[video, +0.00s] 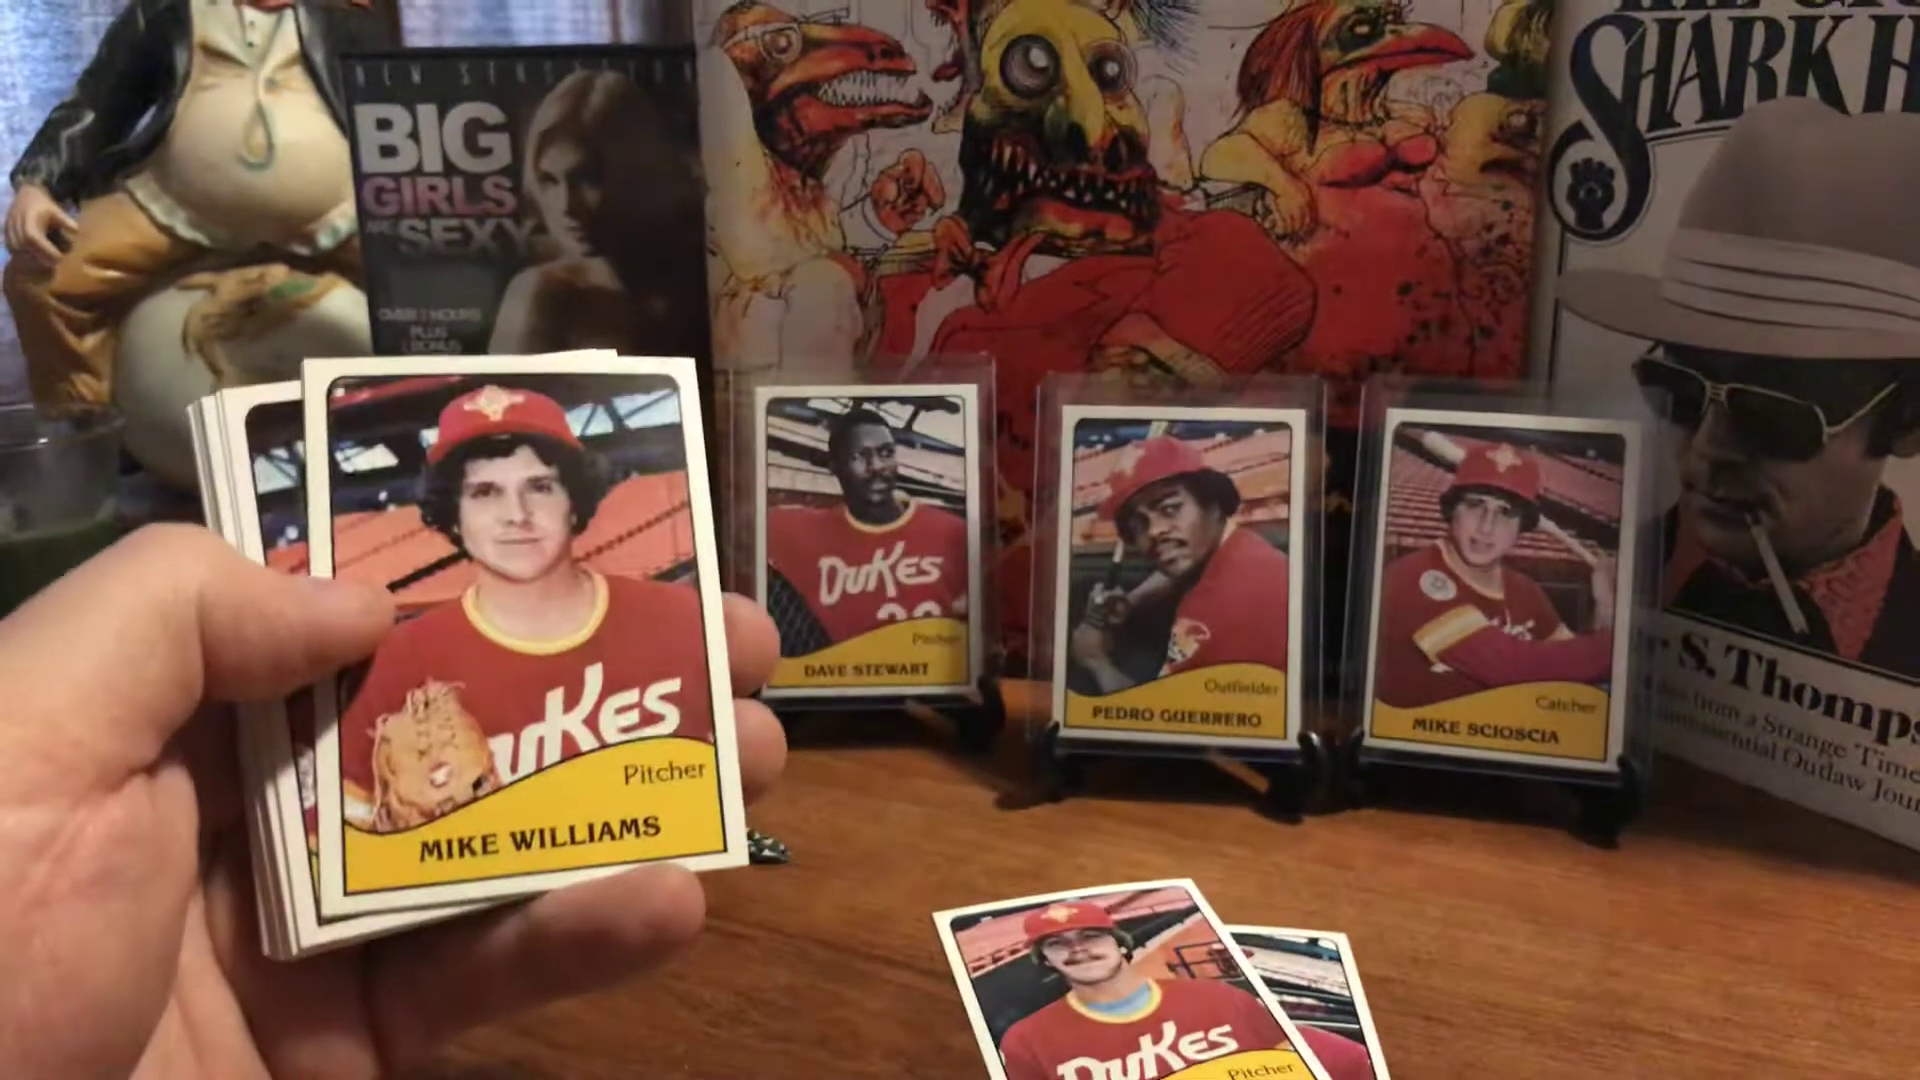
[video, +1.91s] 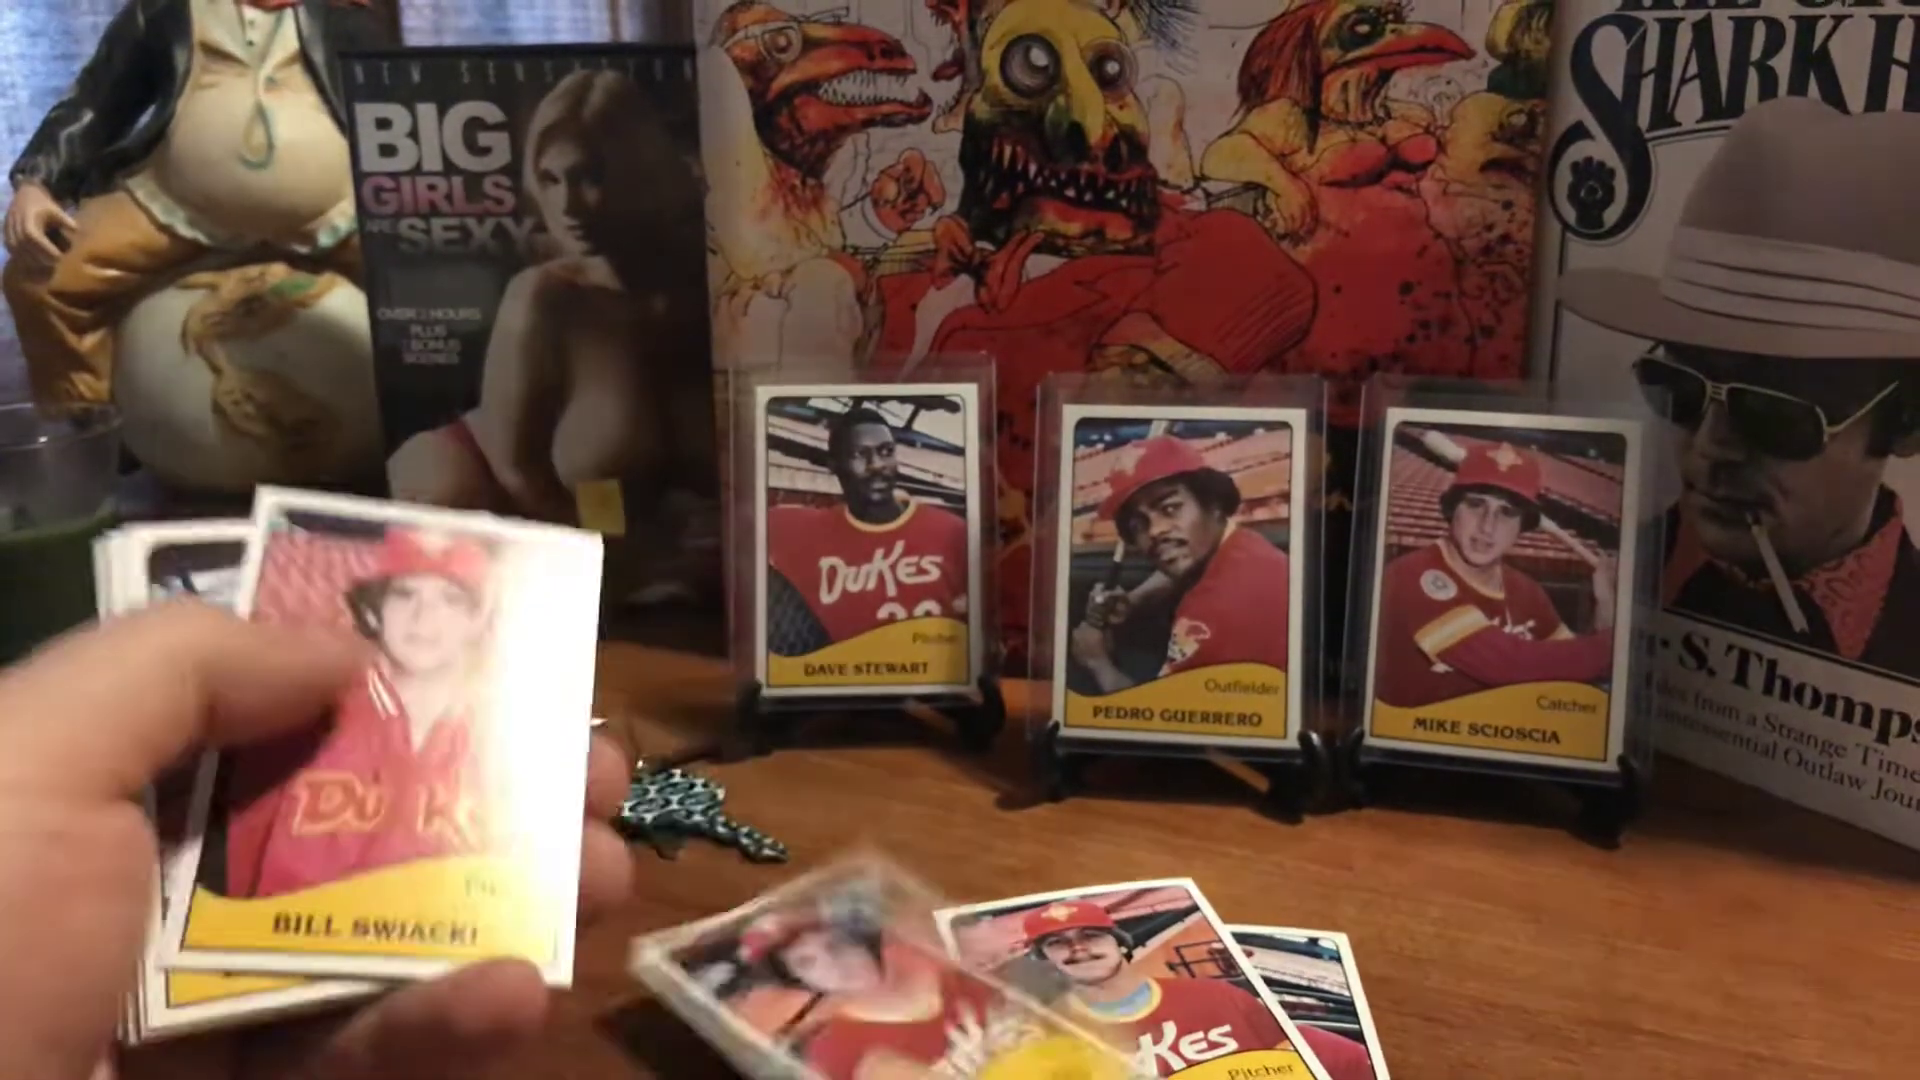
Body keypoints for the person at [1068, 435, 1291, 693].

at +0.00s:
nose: (1156, 531)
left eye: (1170, 509)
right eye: (1140, 522)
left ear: (1212, 505)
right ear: (1133, 539)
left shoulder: (1211, 606)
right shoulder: (1248, 547)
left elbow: (1159, 720)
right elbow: (1184, 566)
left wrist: (1097, 661)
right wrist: (1131, 602)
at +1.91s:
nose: (1156, 531)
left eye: (1170, 508)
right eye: (1140, 522)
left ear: (1214, 506)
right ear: (1134, 540)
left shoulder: (1212, 607)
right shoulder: (1248, 544)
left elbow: (1159, 720)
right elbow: (1185, 565)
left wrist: (1098, 663)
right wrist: (1133, 602)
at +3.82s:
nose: (1155, 531)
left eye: (1169, 509)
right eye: (1139, 524)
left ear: (1212, 506)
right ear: (1133, 540)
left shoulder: (1210, 608)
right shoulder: (1248, 546)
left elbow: (1161, 721)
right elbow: (1185, 566)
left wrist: (1098, 662)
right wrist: (1132, 602)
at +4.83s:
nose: (1155, 531)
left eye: (1169, 509)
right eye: (1139, 524)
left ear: (1212, 506)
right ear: (1134, 541)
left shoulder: (1210, 608)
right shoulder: (1247, 544)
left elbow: (1160, 718)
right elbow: (1182, 566)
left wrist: (1097, 662)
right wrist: (1132, 602)